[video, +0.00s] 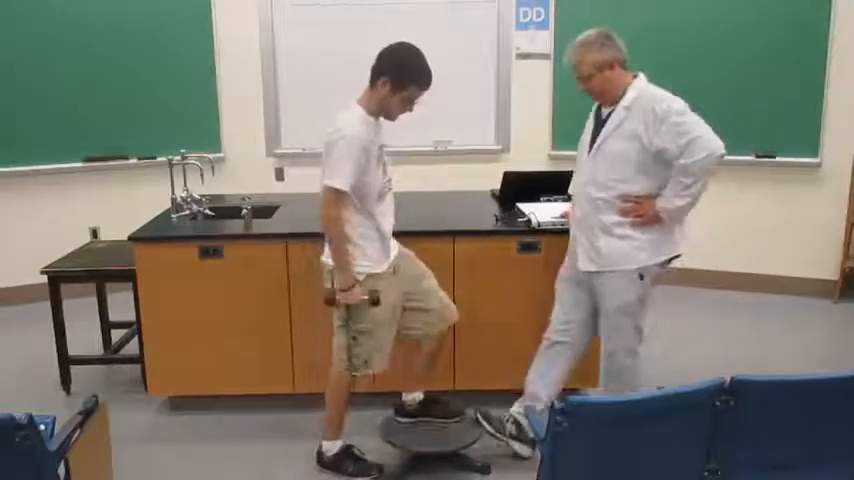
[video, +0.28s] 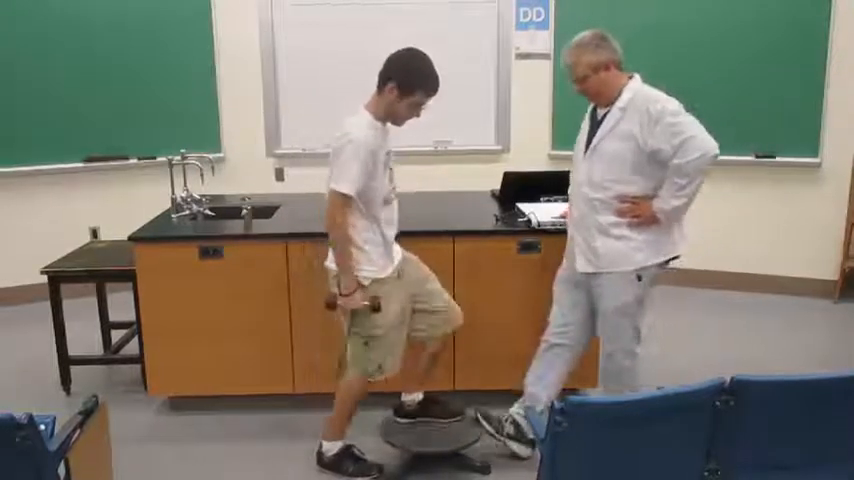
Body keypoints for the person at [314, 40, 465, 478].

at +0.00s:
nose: (411, 108)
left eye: (416, 100)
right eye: (410, 99)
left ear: (386, 86)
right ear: (384, 84)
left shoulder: (370, 126)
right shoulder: (351, 132)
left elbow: (364, 202)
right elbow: (330, 210)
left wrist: (386, 254)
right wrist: (345, 274)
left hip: (389, 258)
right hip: (359, 270)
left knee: (439, 318)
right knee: (348, 362)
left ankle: (414, 401)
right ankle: (330, 446)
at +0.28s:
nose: (418, 114)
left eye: (422, 107)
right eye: (416, 105)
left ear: (391, 91)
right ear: (390, 89)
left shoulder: (378, 131)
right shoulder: (359, 138)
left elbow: (368, 208)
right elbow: (335, 214)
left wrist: (389, 259)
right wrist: (348, 278)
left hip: (393, 261)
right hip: (367, 275)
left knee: (443, 319)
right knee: (364, 363)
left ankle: (412, 401)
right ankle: (331, 446)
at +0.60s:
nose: (461, 62)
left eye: (465, 54)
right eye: (459, 52)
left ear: (437, 42)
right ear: (434, 38)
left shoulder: (420, 82)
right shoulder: (401, 79)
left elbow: (404, 159)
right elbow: (361, 147)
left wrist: (420, 219)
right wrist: (372, 220)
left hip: (417, 225)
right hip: (395, 227)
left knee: (429, 319)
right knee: (415, 320)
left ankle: (412, 399)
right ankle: (358, 383)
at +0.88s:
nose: (469, 58)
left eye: (474, 50)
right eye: (468, 47)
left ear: (445, 33)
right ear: (443, 30)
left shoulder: (432, 75)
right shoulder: (411, 74)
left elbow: (421, 151)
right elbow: (375, 145)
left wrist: (438, 214)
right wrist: (384, 215)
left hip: (431, 216)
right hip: (412, 217)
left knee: (429, 319)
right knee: (424, 320)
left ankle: (421, 401)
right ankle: (413, 408)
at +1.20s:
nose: (477, 57)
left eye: (481, 49)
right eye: (475, 47)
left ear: (458, 35)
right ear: (450, 30)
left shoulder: (442, 77)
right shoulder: (416, 75)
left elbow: (440, 152)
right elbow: (401, 147)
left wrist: (454, 216)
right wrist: (403, 220)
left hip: (448, 219)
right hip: (426, 220)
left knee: (437, 319)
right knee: (427, 320)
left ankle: (421, 399)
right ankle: (413, 407)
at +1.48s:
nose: (478, 56)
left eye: (482, 48)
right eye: (476, 46)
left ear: (458, 34)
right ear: (450, 30)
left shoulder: (442, 77)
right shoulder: (418, 76)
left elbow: (440, 153)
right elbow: (404, 147)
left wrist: (454, 217)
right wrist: (407, 220)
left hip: (449, 220)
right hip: (428, 220)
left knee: (437, 320)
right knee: (428, 321)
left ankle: (421, 400)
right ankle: (413, 407)